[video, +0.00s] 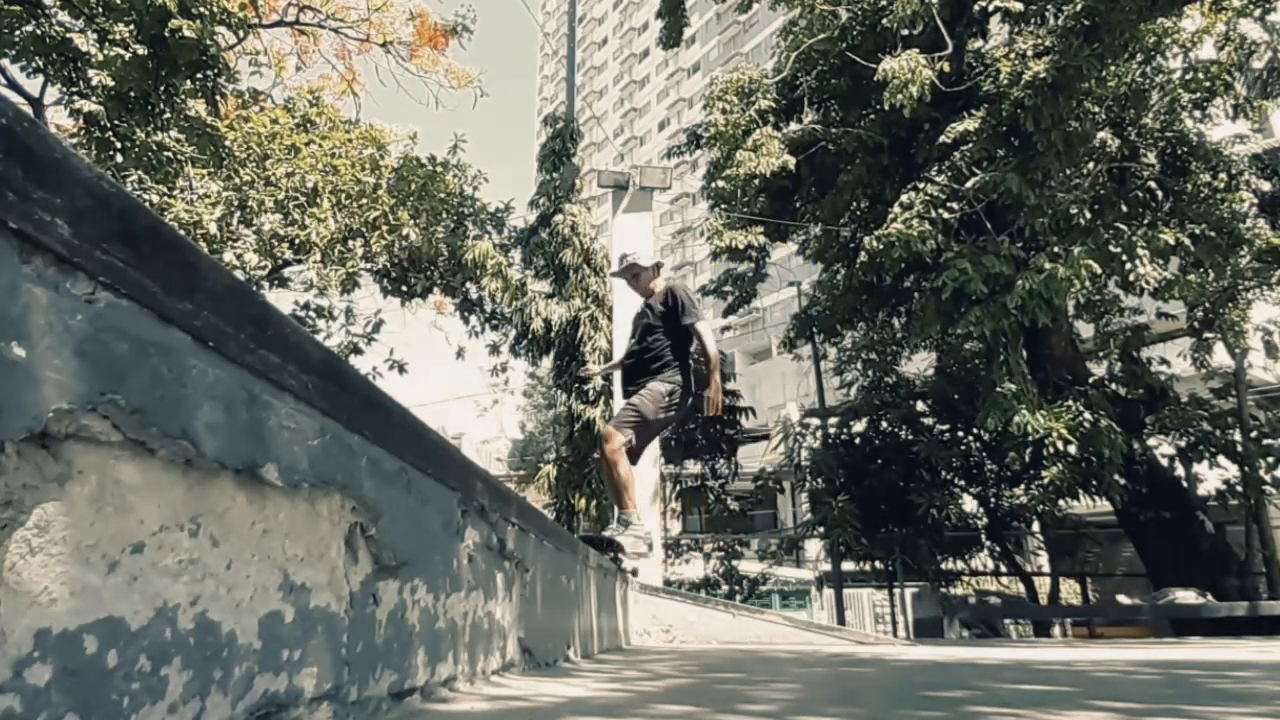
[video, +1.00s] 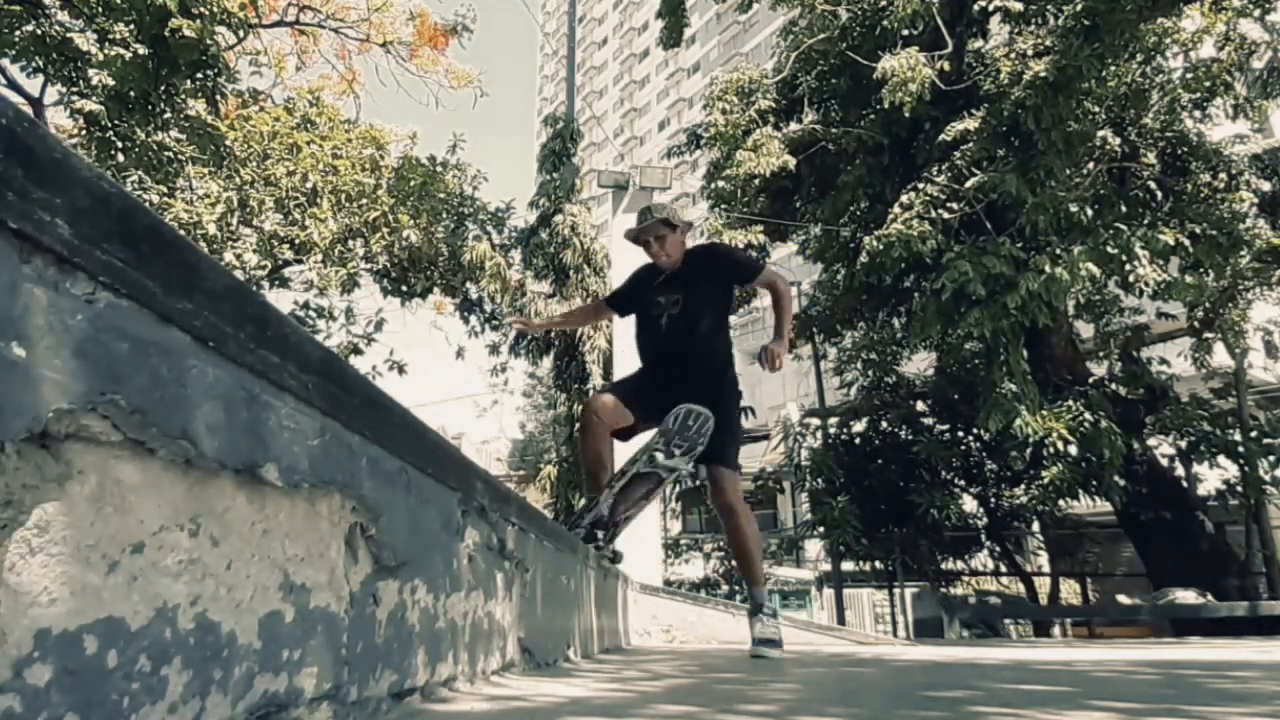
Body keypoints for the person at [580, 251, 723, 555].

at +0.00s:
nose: (632, 283)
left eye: (636, 274)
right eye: (628, 279)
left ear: (653, 269)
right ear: (628, 281)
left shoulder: (674, 290)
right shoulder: (642, 314)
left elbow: (707, 338)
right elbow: (633, 355)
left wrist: (715, 381)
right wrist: (601, 369)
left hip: (669, 383)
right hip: (647, 387)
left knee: (612, 441)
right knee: (611, 455)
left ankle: (632, 525)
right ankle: (630, 533)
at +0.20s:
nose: (629, 273)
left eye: (633, 263)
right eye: (623, 268)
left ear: (650, 257)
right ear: (620, 271)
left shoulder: (674, 281)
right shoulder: (633, 300)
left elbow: (716, 324)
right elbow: (609, 345)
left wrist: (737, 367)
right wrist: (561, 354)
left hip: (671, 376)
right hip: (645, 386)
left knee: (608, 428)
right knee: (599, 453)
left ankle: (626, 517)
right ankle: (630, 527)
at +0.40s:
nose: (626, 264)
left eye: (630, 256)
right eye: (621, 259)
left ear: (650, 248)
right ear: (622, 261)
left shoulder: (680, 274)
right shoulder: (624, 293)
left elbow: (731, 305)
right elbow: (581, 328)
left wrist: (767, 341)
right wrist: (537, 326)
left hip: (676, 375)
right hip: (640, 381)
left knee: (614, 420)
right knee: (592, 443)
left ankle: (625, 515)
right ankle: (623, 522)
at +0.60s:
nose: (634, 249)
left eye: (639, 240)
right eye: (628, 244)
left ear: (657, 235)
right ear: (625, 247)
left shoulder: (690, 260)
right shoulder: (623, 279)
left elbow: (748, 283)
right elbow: (573, 304)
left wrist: (788, 318)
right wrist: (525, 296)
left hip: (684, 364)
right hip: (639, 372)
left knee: (648, 407)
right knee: (589, 431)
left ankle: (644, 513)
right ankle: (619, 515)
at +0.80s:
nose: (647, 243)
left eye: (652, 231)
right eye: (638, 237)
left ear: (669, 223)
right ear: (632, 237)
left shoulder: (704, 249)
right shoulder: (631, 272)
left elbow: (760, 265)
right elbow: (578, 296)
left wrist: (793, 313)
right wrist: (528, 290)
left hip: (696, 368)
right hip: (646, 369)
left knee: (687, 438)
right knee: (591, 421)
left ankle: (699, 548)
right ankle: (610, 520)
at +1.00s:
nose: (654, 249)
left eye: (660, 238)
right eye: (646, 243)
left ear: (681, 233)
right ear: (643, 246)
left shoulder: (716, 260)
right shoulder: (644, 281)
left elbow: (781, 286)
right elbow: (595, 312)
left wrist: (780, 339)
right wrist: (541, 324)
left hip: (713, 388)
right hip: (658, 385)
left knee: (726, 496)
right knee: (596, 412)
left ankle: (761, 607)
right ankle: (597, 520)